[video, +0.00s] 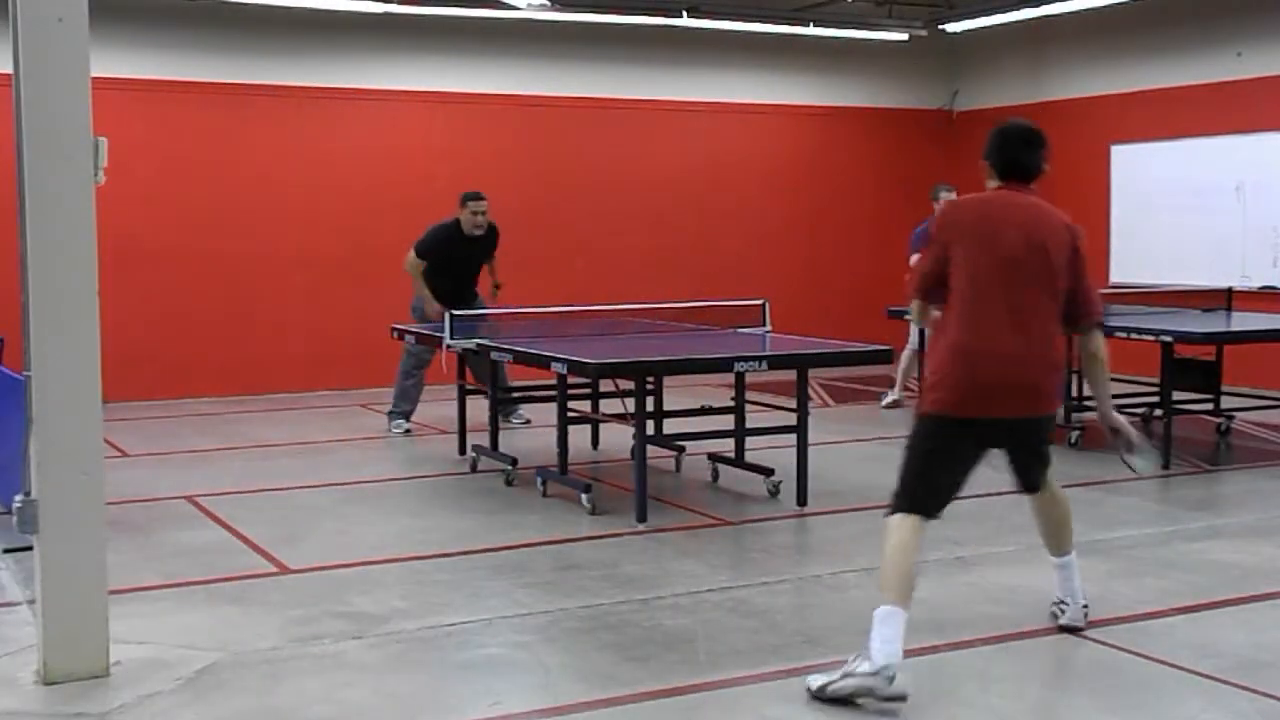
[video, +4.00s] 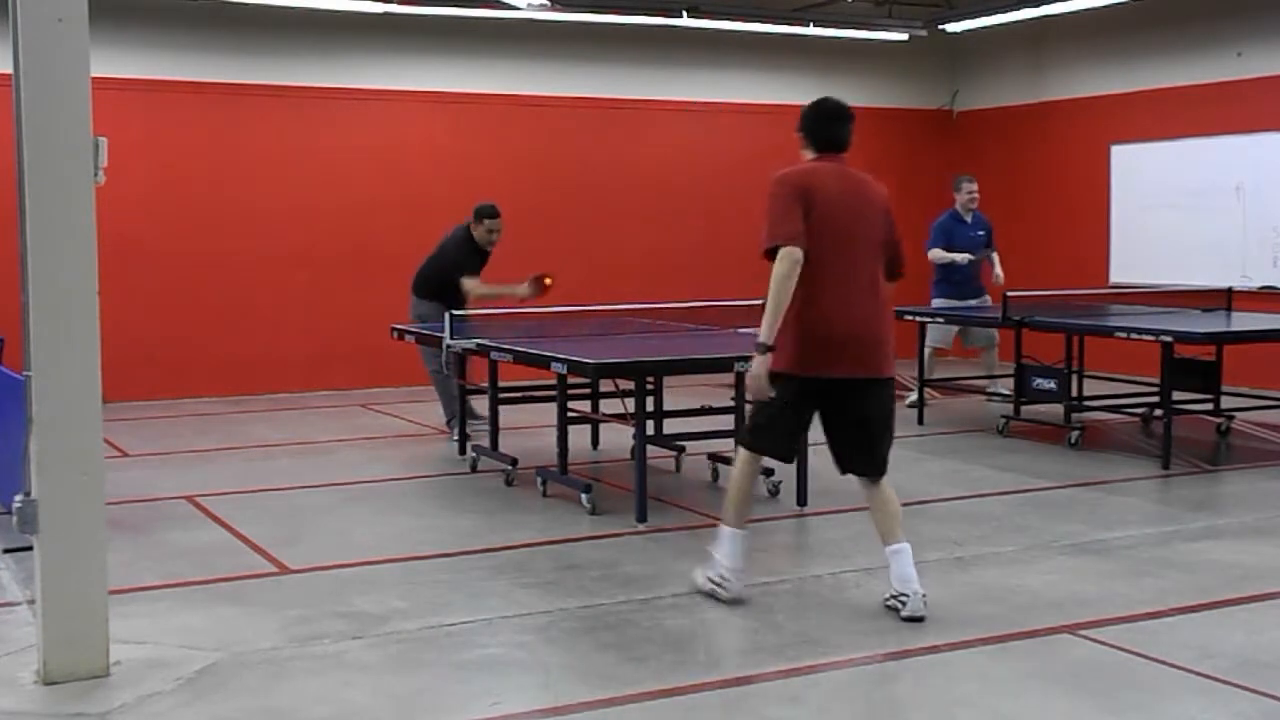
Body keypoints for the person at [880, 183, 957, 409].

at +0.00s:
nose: (951, 207)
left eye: (953, 202)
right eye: (946, 202)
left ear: (957, 204)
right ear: (935, 203)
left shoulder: (959, 231)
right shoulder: (923, 233)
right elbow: (916, 263)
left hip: (953, 298)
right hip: (927, 297)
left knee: (950, 346)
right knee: (914, 346)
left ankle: (945, 395)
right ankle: (897, 391)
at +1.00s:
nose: (932, 202)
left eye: (934, 197)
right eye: (927, 198)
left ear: (936, 199)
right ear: (914, 200)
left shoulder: (944, 227)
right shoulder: (904, 230)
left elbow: (955, 255)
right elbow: (907, 261)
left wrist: (953, 277)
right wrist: (936, 252)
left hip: (942, 294)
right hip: (913, 295)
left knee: (961, 339)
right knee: (903, 343)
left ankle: (974, 382)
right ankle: (892, 391)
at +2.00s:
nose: (942, 192)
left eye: (946, 189)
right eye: (938, 187)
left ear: (950, 191)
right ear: (927, 188)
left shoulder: (955, 217)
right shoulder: (913, 219)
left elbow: (955, 249)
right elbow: (905, 252)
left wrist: (922, 242)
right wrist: (915, 258)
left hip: (950, 289)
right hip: (921, 289)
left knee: (957, 346)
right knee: (914, 344)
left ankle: (960, 391)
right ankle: (912, 388)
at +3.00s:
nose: (975, 197)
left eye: (977, 193)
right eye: (970, 194)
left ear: (981, 194)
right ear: (959, 196)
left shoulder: (990, 222)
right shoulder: (948, 223)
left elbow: (1006, 248)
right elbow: (928, 252)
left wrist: (1009, 265)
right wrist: (934, 270)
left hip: (983, 295)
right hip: (951, 295)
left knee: (996, 343)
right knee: (935, 343)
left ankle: (992, 385)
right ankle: (920, 386)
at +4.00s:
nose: (975, 197)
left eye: (976, 193)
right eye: (969, 193)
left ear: (978, 195)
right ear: (956, 196)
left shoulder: (983, 224)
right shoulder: (943, 224)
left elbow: (991, 250)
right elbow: (933, 254)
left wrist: (997, 268)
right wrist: (954, 257)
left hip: (976, 295)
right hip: (946, 297)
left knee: (991, 341)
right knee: (932, 346)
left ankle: (993, 385)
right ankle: (919, 390)